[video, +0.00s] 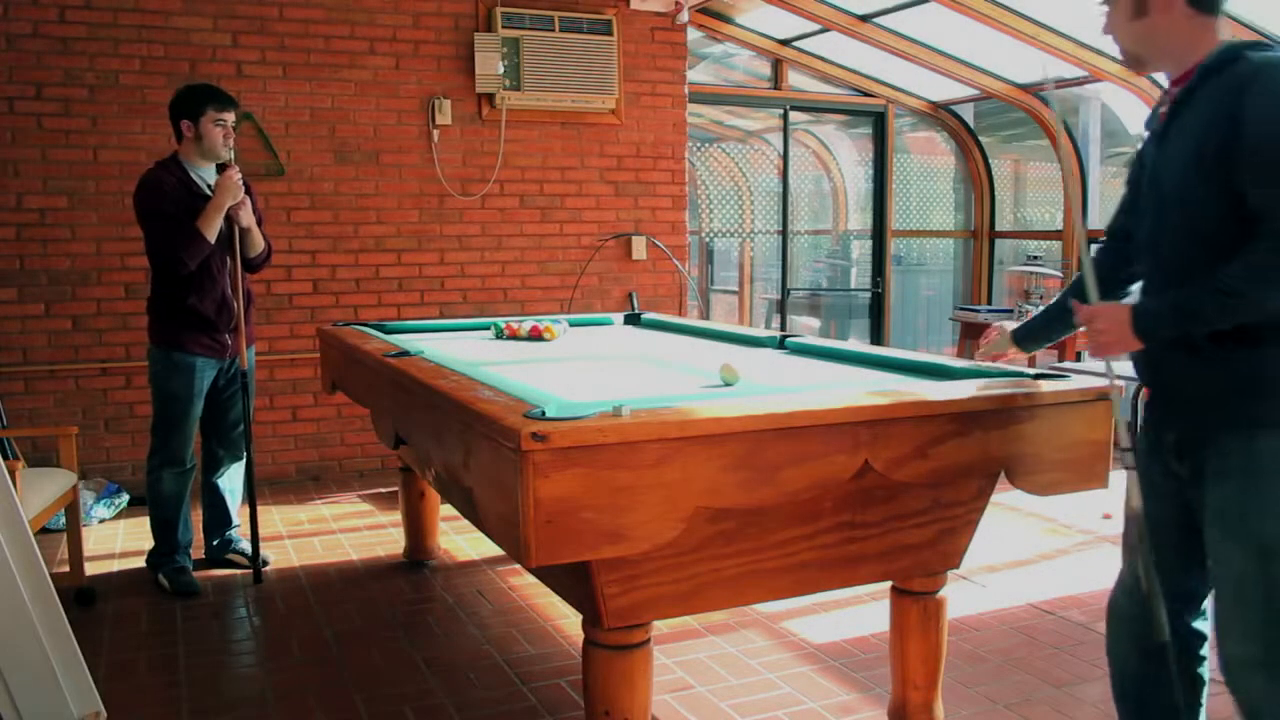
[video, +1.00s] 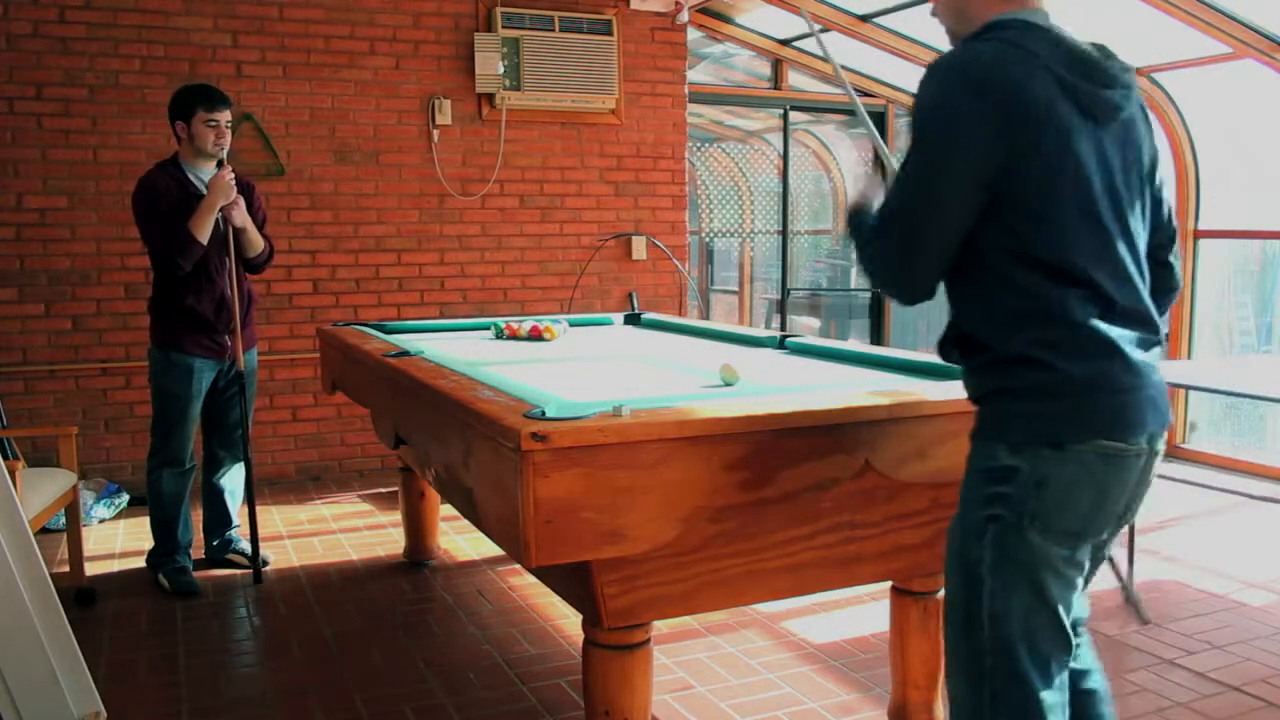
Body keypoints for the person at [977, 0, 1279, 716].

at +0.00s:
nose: (1108, 27)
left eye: (1115, 9)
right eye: (1109, 11)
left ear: (1162, 6)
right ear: (1163, 11)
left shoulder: (1260, 88)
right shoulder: (1175, 118)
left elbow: (1269, 267)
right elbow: (1121, 256)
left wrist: (1146, 320)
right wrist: (1024, 336)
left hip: (1256, 414)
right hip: (1177, 410)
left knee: (1255, 652)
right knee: (1148, 624)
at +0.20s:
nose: (1059, 33)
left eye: (1066, 15)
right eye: (1060, 18)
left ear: (1113, 9)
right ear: (1116, 14)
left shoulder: (1207, 77)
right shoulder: (1133, 115)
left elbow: (1253, 231)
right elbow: (1111, 258)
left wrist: (1093, 285)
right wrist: (1021, 343)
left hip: (1230, 407)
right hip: (1157, 405)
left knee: (1234, 625)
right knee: (1132, 618)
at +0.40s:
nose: (1030, 29)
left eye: (1038, 11)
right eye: (1032, 14)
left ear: (1082, 8)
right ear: (1091, 13)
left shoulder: (1157, 76)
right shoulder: (1121, 98)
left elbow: (1202, 239)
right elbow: (1139, 288)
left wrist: (1042, 260)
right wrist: (1023, 324)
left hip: (1200, 397)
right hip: (1166, 396)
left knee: (1148, 630)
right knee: (1128, 623)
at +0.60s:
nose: (1011, 29)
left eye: (1016, 11)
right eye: (1011, 13)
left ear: (1057, 7)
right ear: (1079, 11)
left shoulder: (1106, 85)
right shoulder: (1135, 81)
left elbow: (1108, 259)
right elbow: (1142, 276)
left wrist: (987, 224)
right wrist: (1043, 349)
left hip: (1142, 414)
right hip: (1177, 406)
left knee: (1079, 645)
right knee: (1147, 628)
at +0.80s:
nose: (980, 22)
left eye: (986, 6)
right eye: (981, 9)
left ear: (1017, 4)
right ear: (1069, 3)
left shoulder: (1038, 82)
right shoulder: (1124, 81)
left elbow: (971, 259)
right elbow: (1101, 259)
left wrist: (912, 176)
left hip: (1086, 420)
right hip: (1157, 414)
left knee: (1010, 667)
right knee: (1118, 624)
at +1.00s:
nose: (934, 9)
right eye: (933, 0)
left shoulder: (974, 73)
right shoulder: (1116, 85)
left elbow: (904, 270)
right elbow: (1160, 271)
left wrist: (866, 200)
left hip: (1043, 419)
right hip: (1134, 410)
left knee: (1002, 682)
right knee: (1056, 638)